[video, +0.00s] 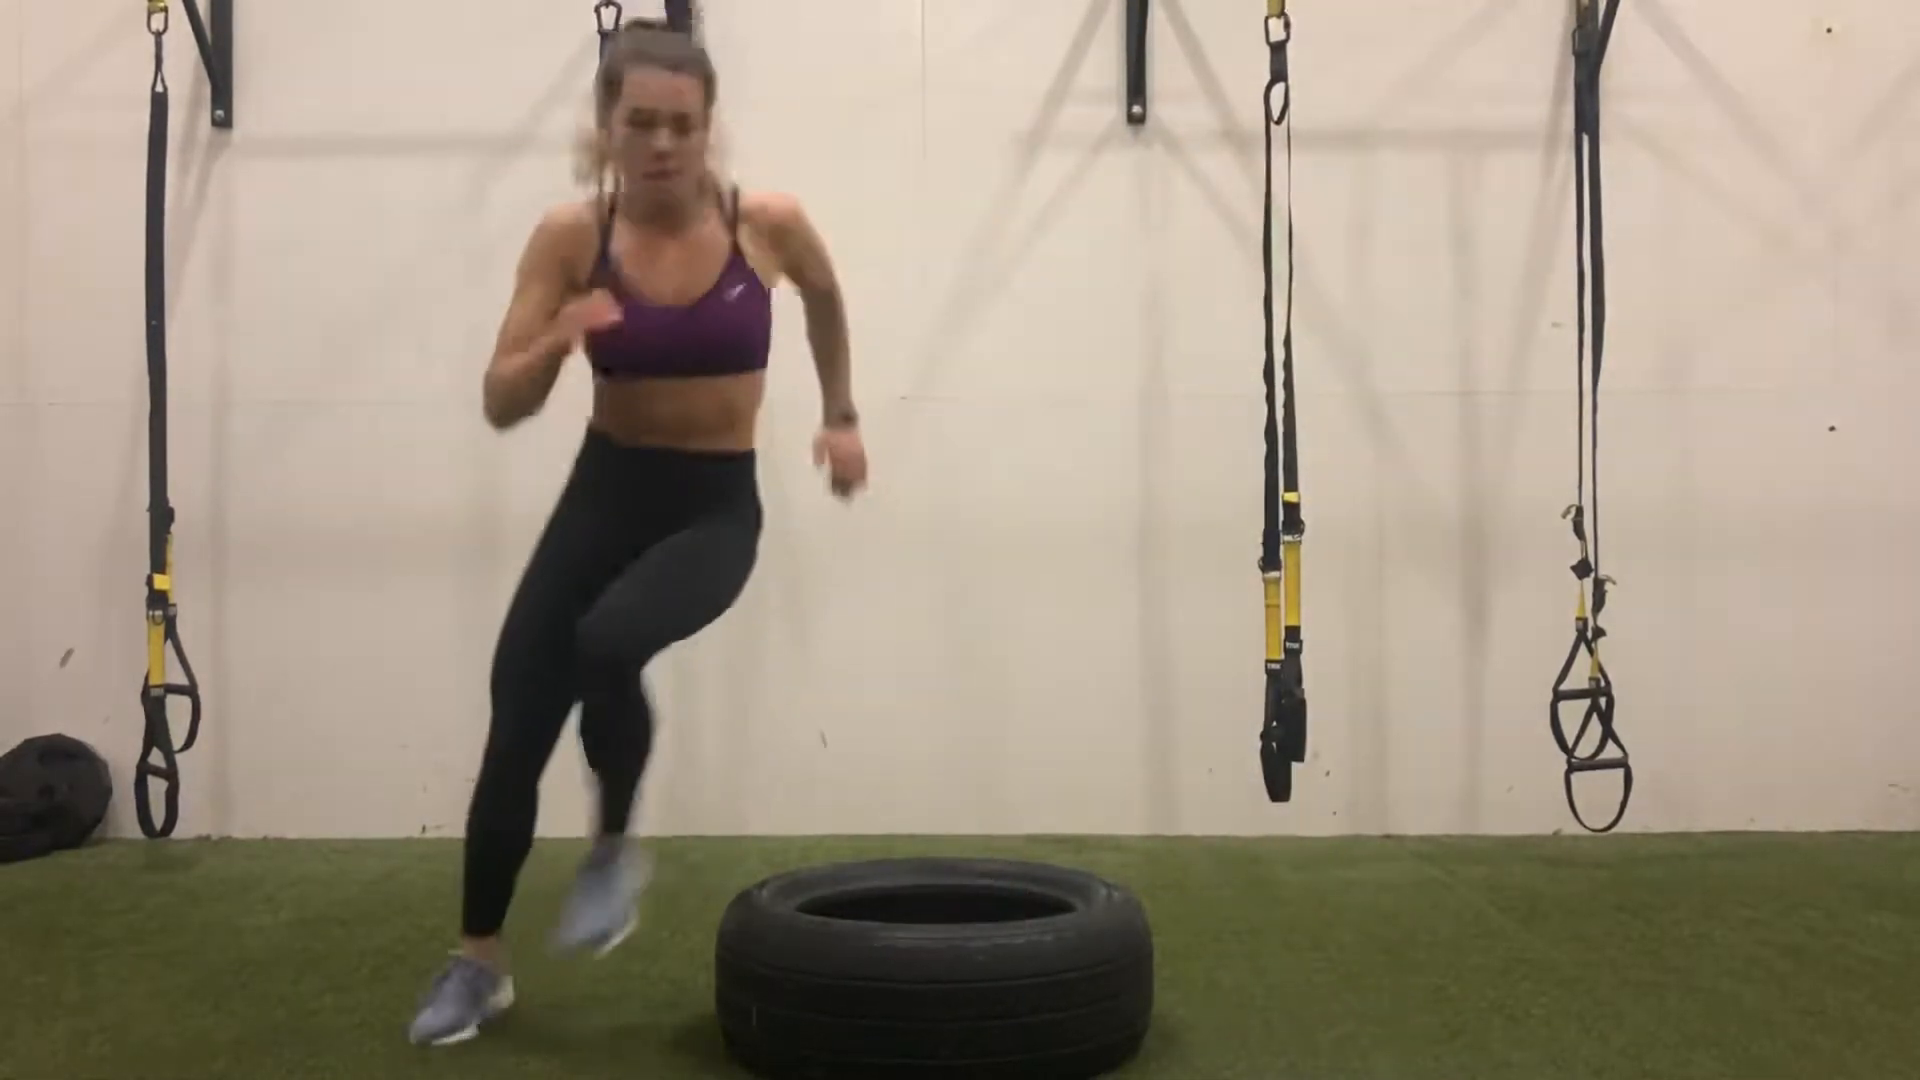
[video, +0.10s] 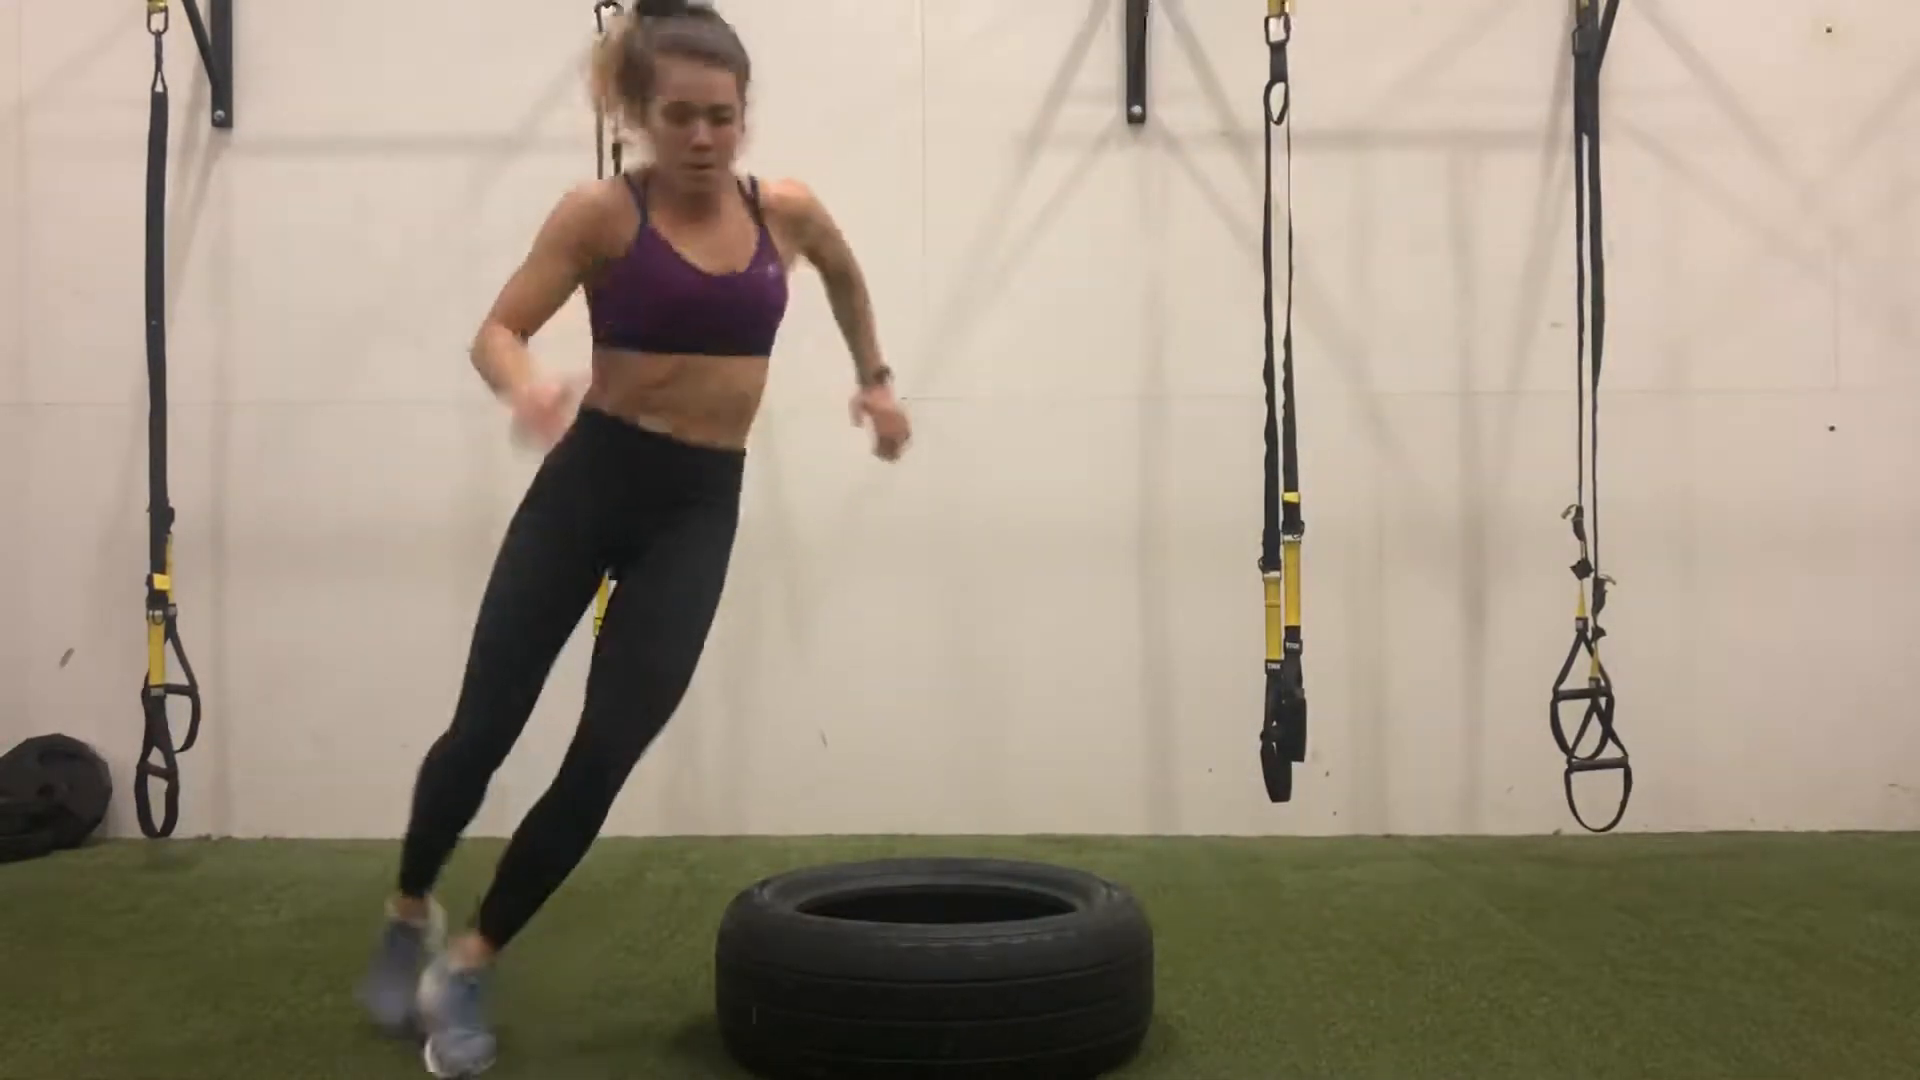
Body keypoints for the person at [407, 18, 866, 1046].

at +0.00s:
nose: (663, 144)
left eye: (682, 124)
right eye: (642, 123)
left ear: (710, 129)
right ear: (607, 128)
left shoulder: (766, 227)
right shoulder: (573, 235)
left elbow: (822, 301)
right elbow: (503, 403)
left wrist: (839, 417)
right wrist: (559, 336)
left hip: (718, 507)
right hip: (606, 498)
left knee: (605, 644)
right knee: (519, 722)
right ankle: (479, 956)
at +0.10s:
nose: (707, 135)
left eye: (724, 114)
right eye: (682, 116)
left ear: (747, 109)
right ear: (637, 115)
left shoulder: (785, 213)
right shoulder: (598, 215)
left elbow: (840, 274)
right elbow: (496, 335)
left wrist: (875, 377)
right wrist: (525, 384)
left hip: (697, 509)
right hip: (588, 482)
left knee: (600, 766)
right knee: (483, 734)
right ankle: (410, 911)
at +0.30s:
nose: (772, 195)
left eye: (789, 173)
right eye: (751, 175)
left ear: (812, 168)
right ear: (713, 171)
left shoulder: (830, 260)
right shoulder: (664, 255)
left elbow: (923, 378)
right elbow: (533, 261)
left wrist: (824, 305)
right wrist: (413, 288)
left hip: (688, 528)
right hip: (624, 509)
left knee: (593, 785)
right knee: (804, 648)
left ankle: (427, 987)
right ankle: (572, 713)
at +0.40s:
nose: (853, 126)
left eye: (869, 105)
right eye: (831, 106)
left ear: (890, 102)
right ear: (787, 106)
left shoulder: (917, 175)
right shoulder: (748, 172)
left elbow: (944, 257)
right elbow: (642, 167)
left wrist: (822, 219)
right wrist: (561, 242)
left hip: (785, 471)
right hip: (729, 461)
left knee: (694, 728)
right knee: (938, 589)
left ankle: (490, 883)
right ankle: (841, 801)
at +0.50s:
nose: (912, 115)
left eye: (929, 92)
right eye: (889, 93)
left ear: (952, 86)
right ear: (845, 89)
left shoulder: (970, 163)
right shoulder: (796, 168)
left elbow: (994, 263)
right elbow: (703, 236)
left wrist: (855, 230)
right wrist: (632, 338)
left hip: (863, 481)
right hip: (809, 479)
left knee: (890, 720)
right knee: (925, 717)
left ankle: (659, 711)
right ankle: (896, 941)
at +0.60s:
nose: (974, 124)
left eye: (992, 102)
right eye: (953, 103)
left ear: (1017, 97)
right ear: (919, 98)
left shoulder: (1039, 168)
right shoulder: (876, 189)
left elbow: (1067, 239)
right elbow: (743, 296)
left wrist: (1026, 291)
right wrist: (695, 437)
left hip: (951, 485)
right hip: (876, 486)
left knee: (1087, 659)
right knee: (921, 727)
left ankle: (916, 645)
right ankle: (880, 939)